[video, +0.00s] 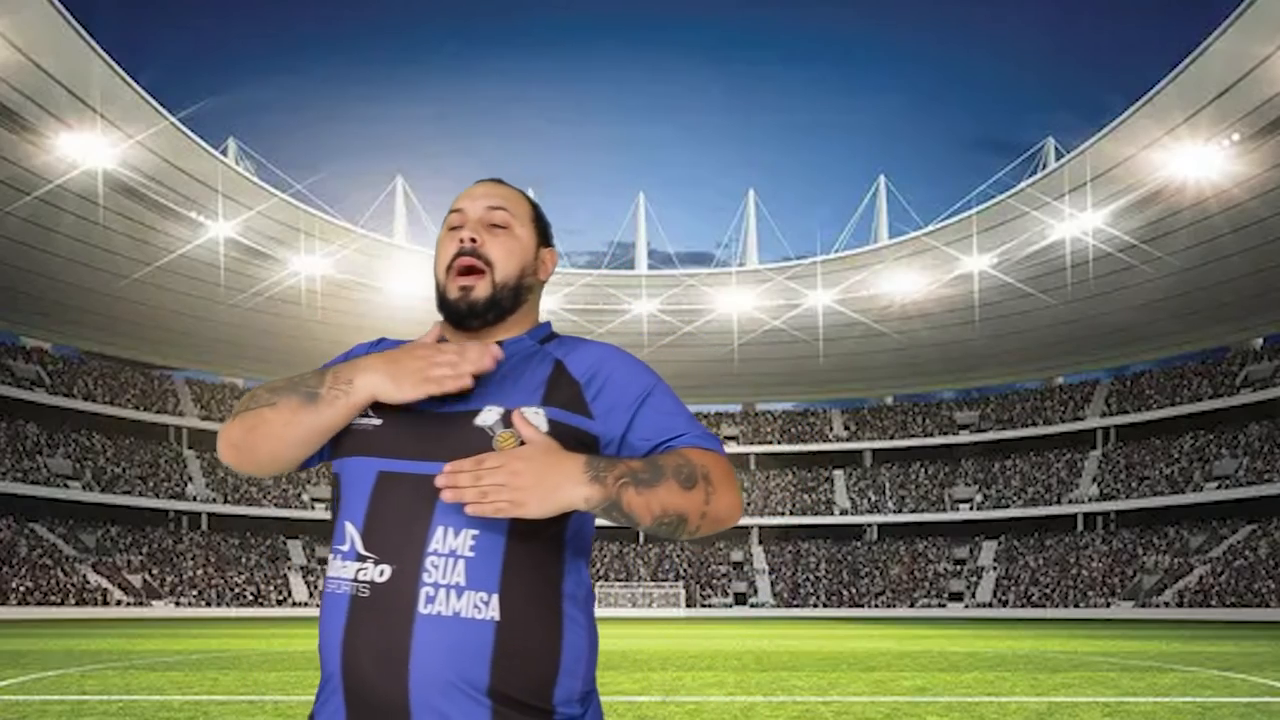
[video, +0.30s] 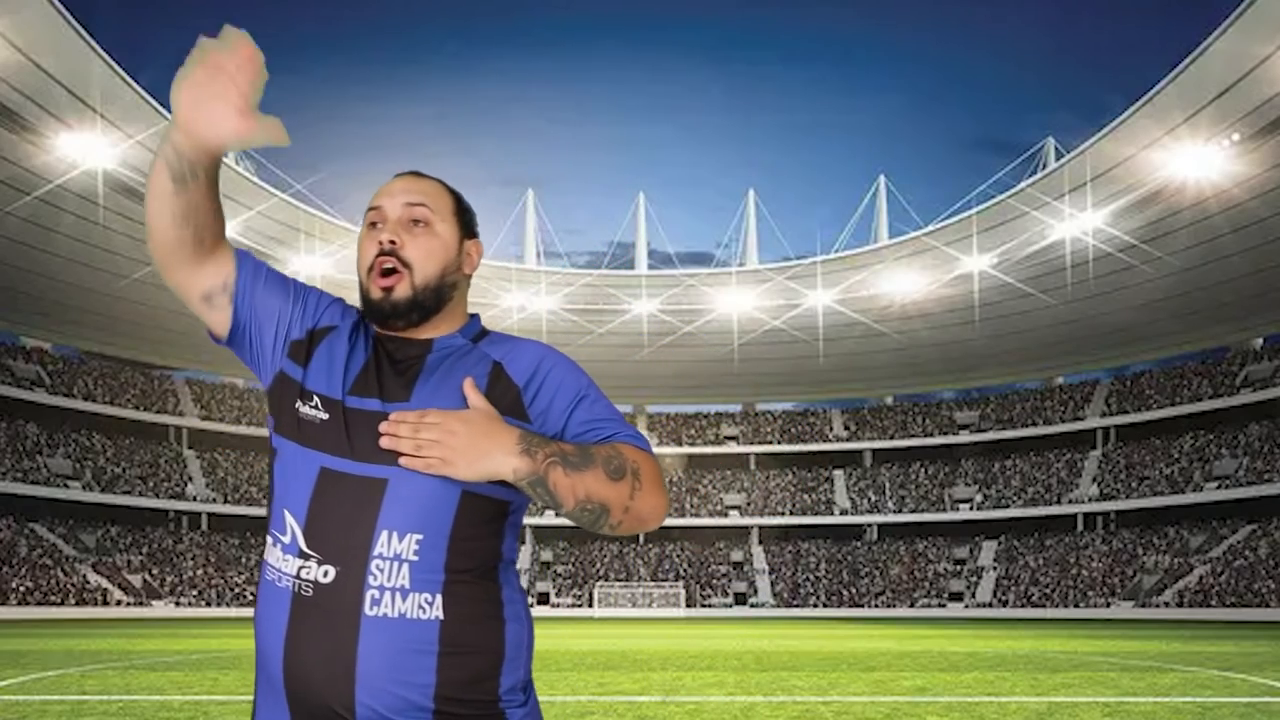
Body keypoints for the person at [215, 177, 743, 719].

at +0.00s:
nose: (466, 231)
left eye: (497, 222)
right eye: (453, 223)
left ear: (543, 265)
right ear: (435, 259)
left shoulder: (594, 374)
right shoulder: (374, 364)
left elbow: (717, 494)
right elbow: (238, 448)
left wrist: (579, 480)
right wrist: (365, 380)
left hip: (524, 705)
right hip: (355, 702)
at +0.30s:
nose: (386, 234)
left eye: (417, 221)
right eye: (374, 222)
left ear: (468, 258)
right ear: (357, 251)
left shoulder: (524, 375)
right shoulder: (302, 336)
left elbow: (644, 499)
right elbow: (193, 258)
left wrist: (515, 453)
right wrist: (190, 148)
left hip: (464, 707)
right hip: (293, 705)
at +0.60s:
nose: (351, 235)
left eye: (383, 220)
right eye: (339, 221)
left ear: (436, 254)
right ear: (320, 245)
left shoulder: (498, 372)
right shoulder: (281, 323)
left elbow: (614, 504)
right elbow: (213, 162)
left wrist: (490, 464)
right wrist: (161, 4)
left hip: (438, 708)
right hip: (265, 707)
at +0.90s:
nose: (363, 231)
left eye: (396, 215)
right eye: (350, 218)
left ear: (452, 249)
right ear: (331, 246)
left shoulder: (516, 364)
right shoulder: (300, 324)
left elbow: (645, 492)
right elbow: (210, 180)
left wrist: (503, 453)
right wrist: (143, 19)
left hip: (462, 707)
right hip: (288, 705)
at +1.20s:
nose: (380, 217)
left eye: (414, 201)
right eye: (368, 205)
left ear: (474, 241)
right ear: (349, 238)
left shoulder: (545, 355)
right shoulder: (301, 340)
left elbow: (681, 494)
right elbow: (158, 339)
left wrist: (550, 425)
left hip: (492, 706)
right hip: (317, 704)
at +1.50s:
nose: (339, 248)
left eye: (375, 228)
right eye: (327, 228)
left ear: (440, 261)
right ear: (311, 254)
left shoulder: (518, 378)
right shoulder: (259, 358)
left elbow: (595, 565)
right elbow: (75, 403)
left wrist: (471, 519)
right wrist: (222, 421)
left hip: (465, 705)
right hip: (283, 702)